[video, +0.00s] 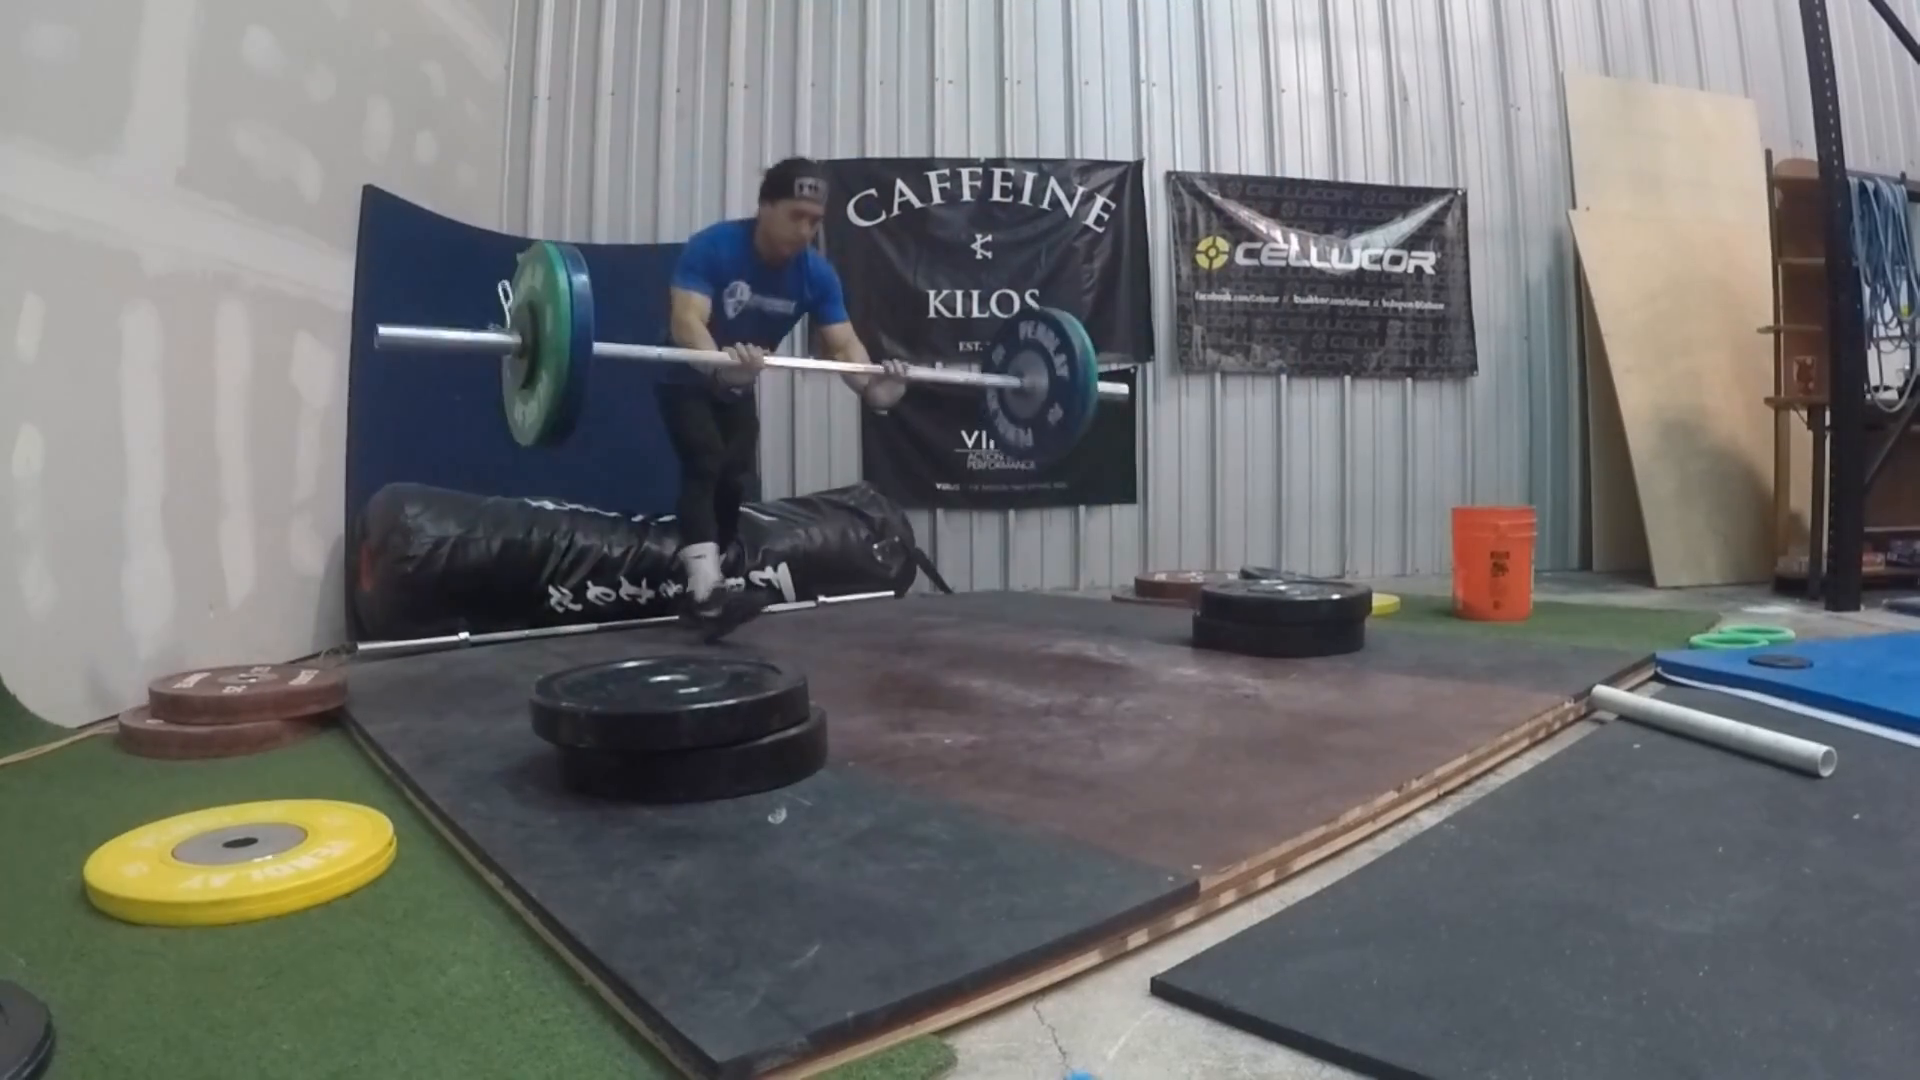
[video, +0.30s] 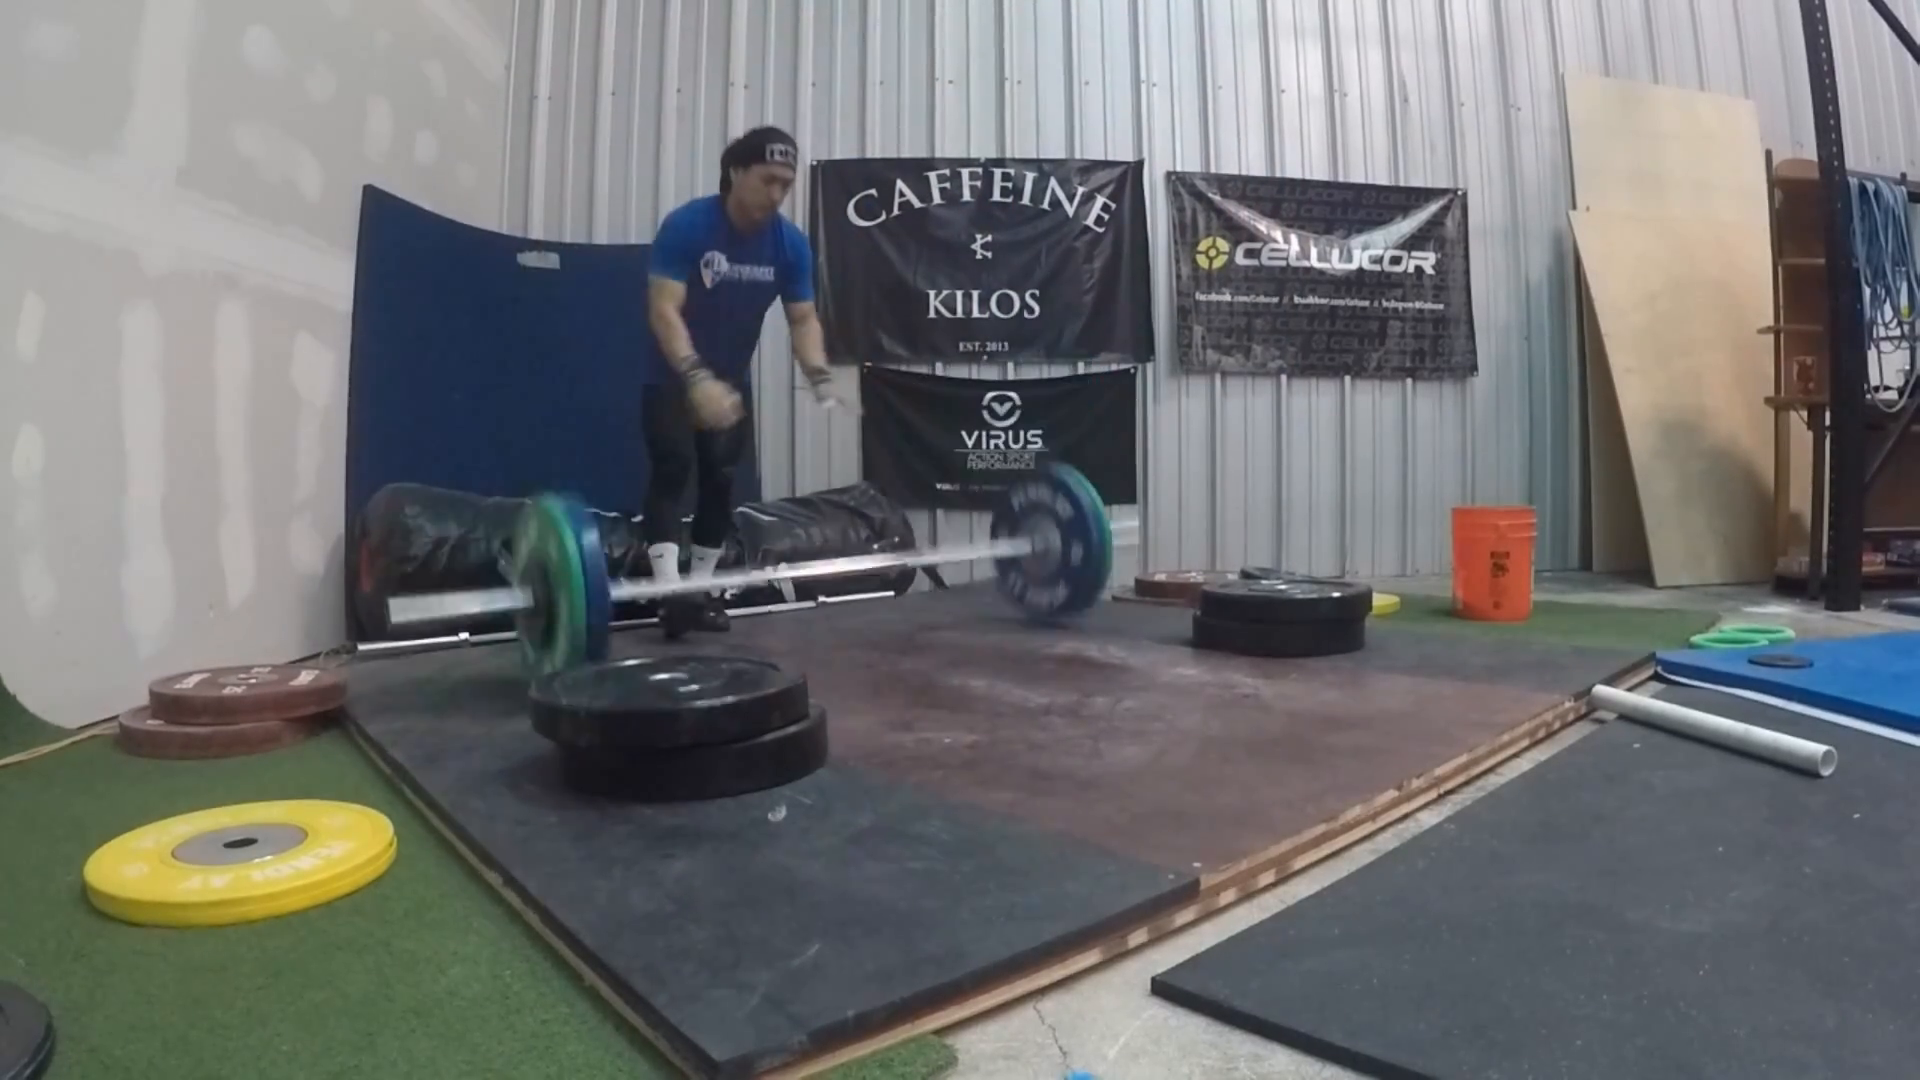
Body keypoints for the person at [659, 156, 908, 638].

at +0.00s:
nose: (807, 231)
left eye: (815, 221)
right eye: (798, 217)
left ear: (821, 223)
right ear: (766, 209)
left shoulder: (816, 274)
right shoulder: (711, 248)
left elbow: (844, 344)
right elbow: (685, 323)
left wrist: (876, 388)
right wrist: (720, 364)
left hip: (740, 386)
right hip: (687, 379)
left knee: (735, 481)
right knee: (704, 462)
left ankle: (718, 579)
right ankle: (704, 592)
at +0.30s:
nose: (778, 195)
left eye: (785, 185)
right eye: (768, 182)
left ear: (790, 185)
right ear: (734, 175)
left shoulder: (789, 244)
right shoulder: (687, 228)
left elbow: (804, 320)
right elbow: (663, 310)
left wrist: (819, 375)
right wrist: (696, 376)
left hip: (731, 374)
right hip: (672, 370)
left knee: (722, 478)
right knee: (674, 472)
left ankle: (702, 587)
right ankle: (666, 591)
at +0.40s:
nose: (775, 178)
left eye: (784, 169)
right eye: (766, 164)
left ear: (789, 171)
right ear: (733, 159)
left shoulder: (788, 232)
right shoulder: (684, 217)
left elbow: (793, 308)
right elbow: (646, 295)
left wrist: (795, 380)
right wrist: (650, 376)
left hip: (732, 374)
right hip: (675, 369)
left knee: (720, 477)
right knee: (683, 467)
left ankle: (699, 587)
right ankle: (672, 590)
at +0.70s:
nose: (774, 164)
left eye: (784, 154)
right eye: (765, 151)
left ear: (790, 157)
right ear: (735, 145)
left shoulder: (789, 216)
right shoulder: (687, 199)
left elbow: (783, 290)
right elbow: (632, 263)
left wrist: (777, 361)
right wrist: (602, 338)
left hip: (745, 360)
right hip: (685, 351)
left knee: (735, 463)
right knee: (723, 449)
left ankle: (707, 584)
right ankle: (715, 582)